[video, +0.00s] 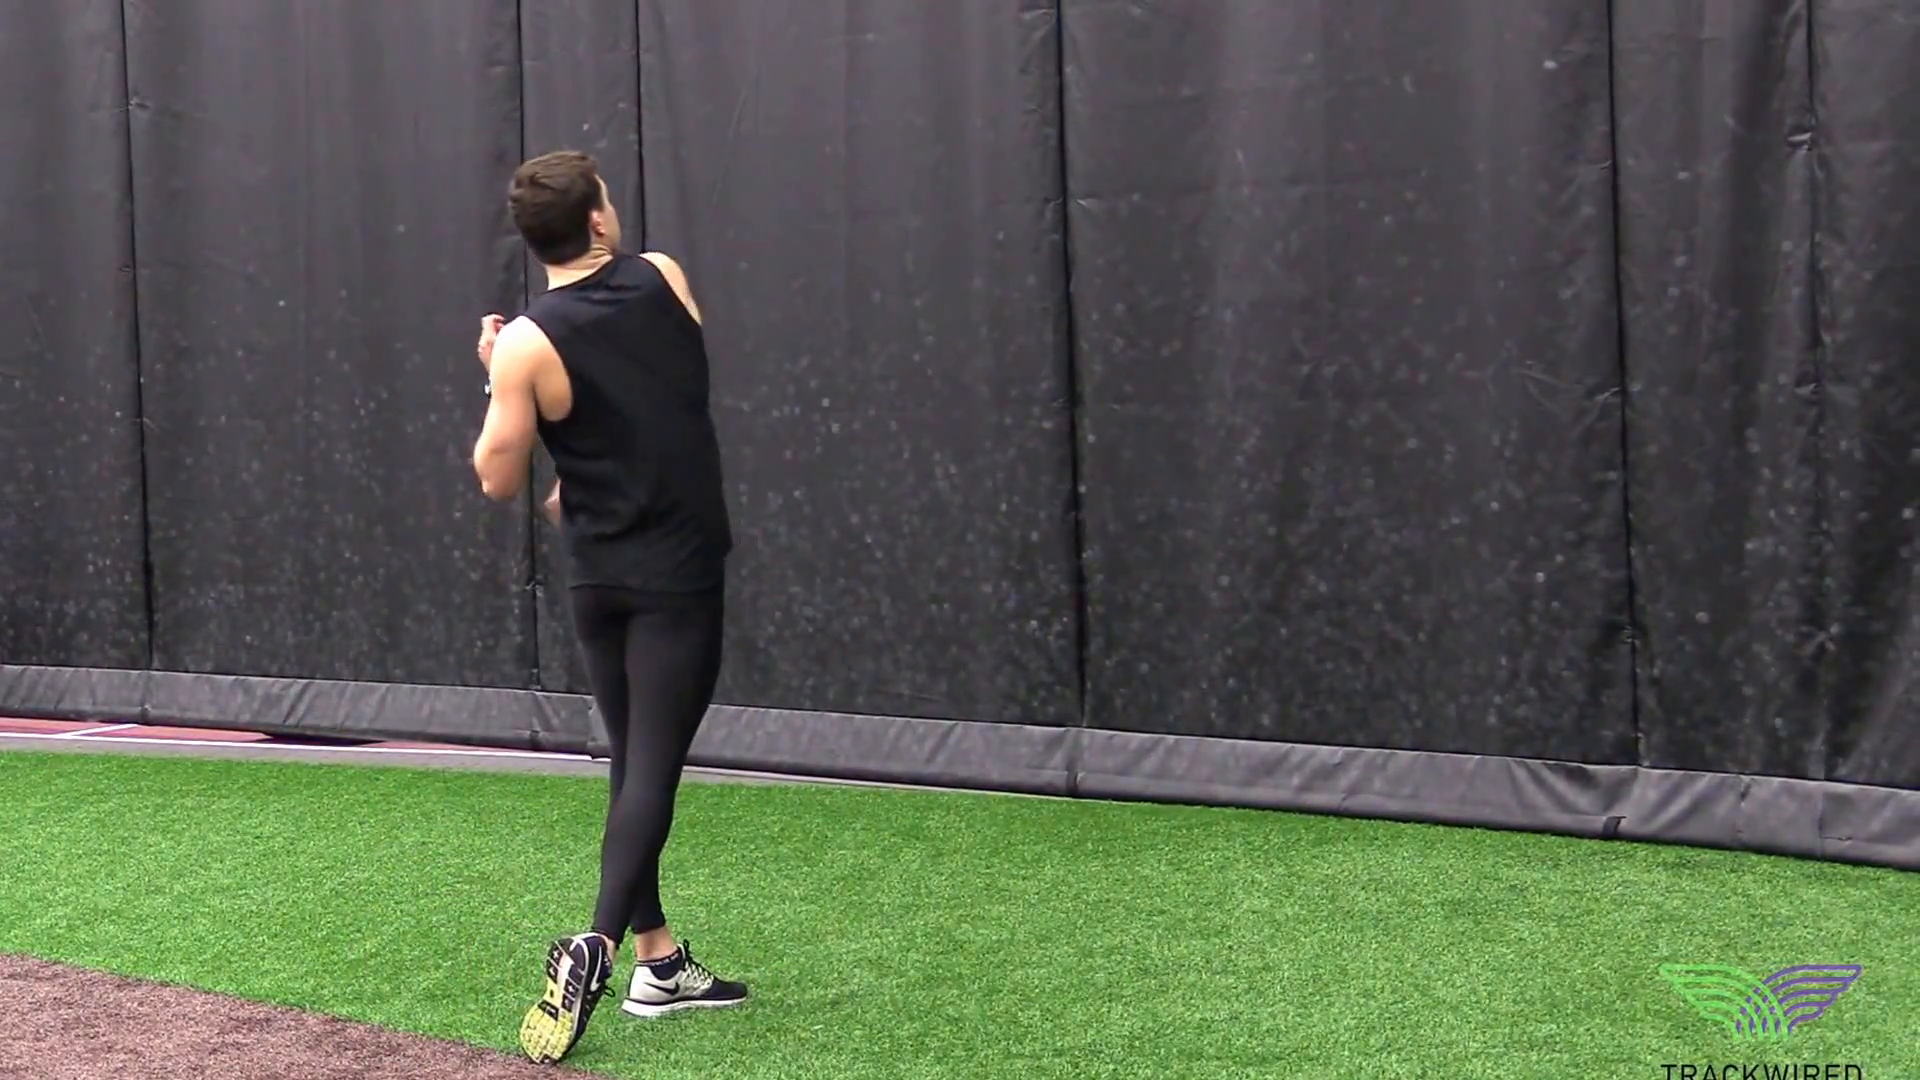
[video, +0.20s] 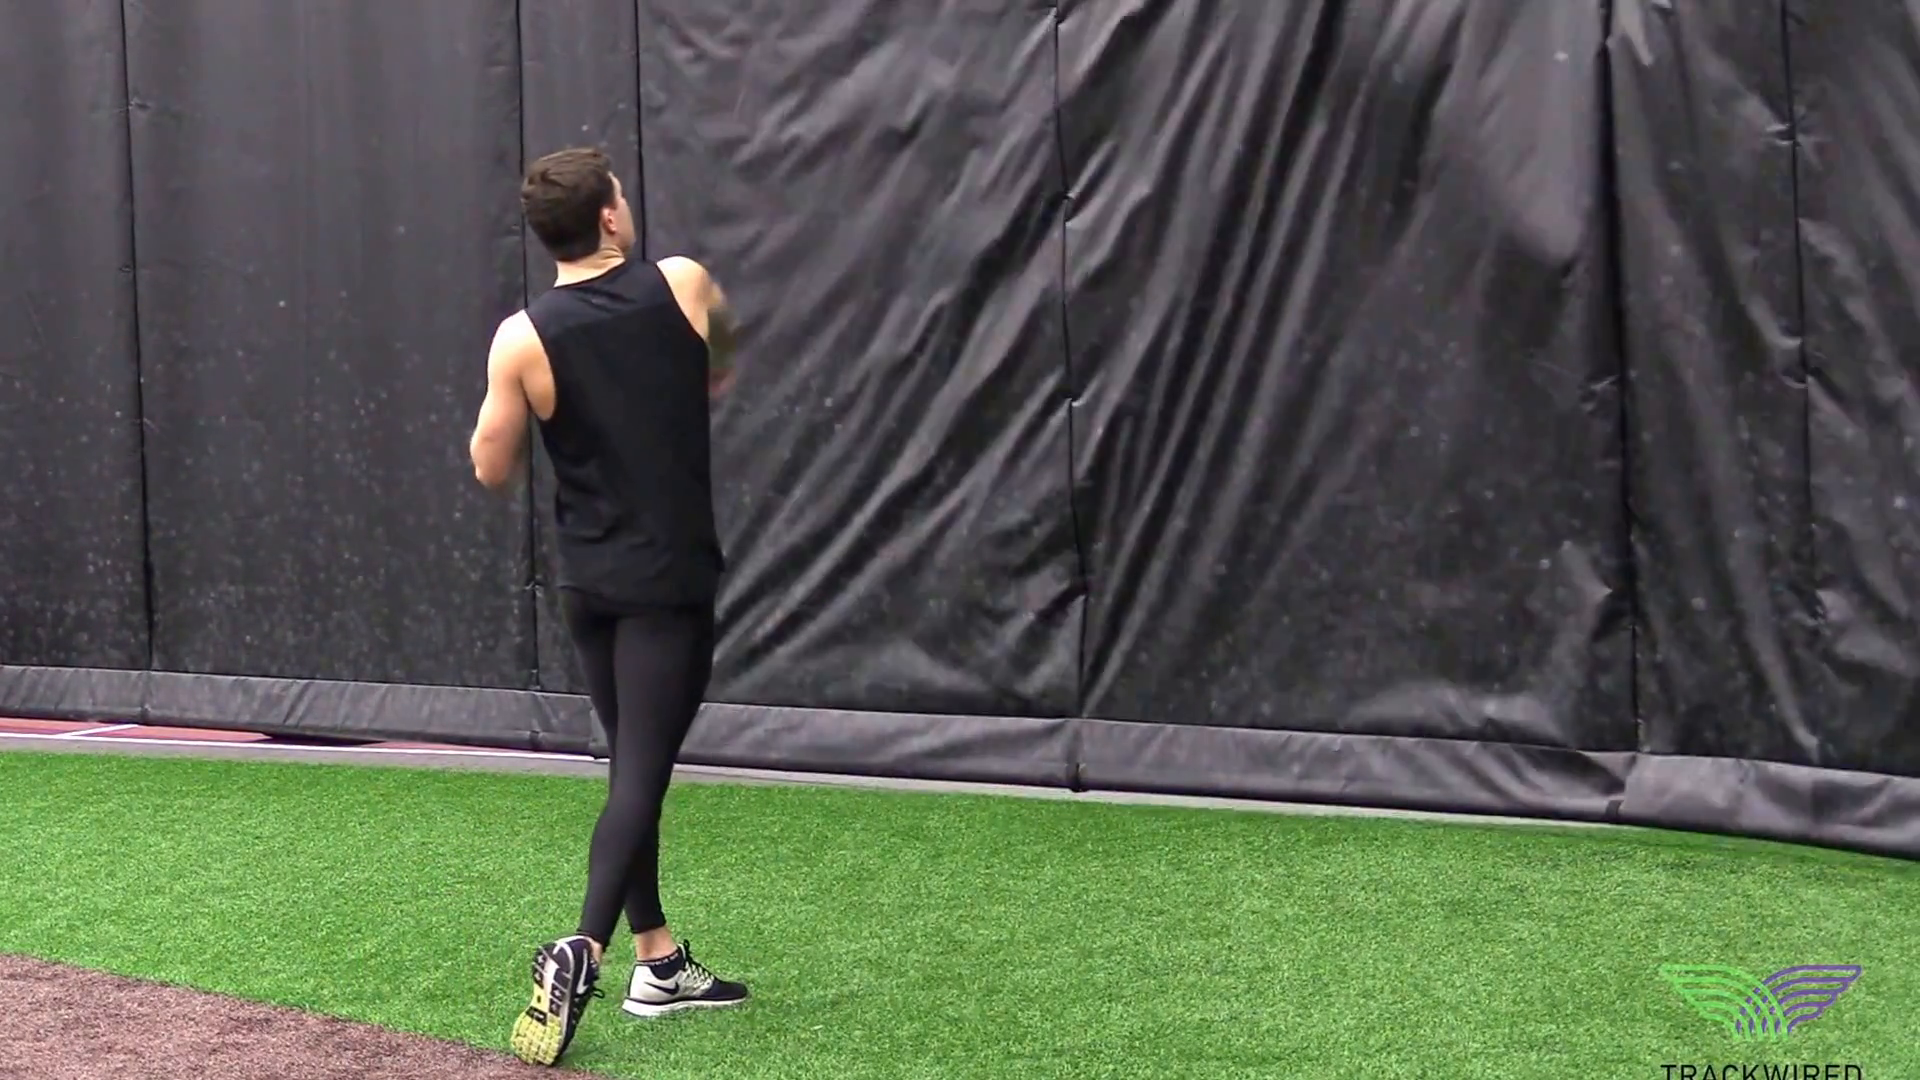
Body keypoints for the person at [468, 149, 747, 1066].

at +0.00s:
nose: (614, 202)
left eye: (602, 195)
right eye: (608, 196)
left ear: (530, 241)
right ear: (598, 221)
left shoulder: (527, 343)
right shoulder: (661, 276)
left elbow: (497, 479)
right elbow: (677, 372)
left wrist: (498, 371)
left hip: (595, 571)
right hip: (682, 565)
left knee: (630, 766)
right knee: (652, 769)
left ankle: (659, 962)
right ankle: (596, 947)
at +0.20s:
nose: (628, 201)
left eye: (616, 193)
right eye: (622, 194)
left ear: (544, 236)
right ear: (610, 217)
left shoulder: (521, 338)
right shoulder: (683, 284)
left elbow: (492, 468)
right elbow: (719, 365)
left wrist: (524, 398)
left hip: (587, 573)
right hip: (673, 569)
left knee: (630, 768)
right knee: (641, 771)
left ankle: (658, 961)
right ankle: (582, 951)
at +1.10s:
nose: (650, 217)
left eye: (644, 203)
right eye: (643, 206)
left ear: (564, 224)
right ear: (621, 220)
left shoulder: (517, 324)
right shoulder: (667, 296)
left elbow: (512, 438)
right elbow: (811, 276)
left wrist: (561, 373)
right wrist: (927, 252)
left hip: (573, 576)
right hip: (650, 574)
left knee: (622, 767)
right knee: (627, 771)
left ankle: (654, 963)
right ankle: (560, 953)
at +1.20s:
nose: (653, 226)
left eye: (648, 211)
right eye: (647, 213)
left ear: (567, 223)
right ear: (623, 220)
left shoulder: (515, 327)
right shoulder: (664, 296)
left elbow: (513, 441)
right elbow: (811, 274)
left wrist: (561, 370)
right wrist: (926, 248)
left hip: (575, 579)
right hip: (651, 576)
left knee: (622, 769)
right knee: (629, 774)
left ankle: (654, 963)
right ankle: (564, 953)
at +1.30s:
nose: (654, 230)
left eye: (649, 214)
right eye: (648, 216)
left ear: (570, 223)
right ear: (620, 220)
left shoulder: (515, 327)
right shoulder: (662, 295)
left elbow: (514, 443)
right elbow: (807, 271)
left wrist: (562, 374)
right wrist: (924, 241)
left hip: (574, 579)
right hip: (650, 575)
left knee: (622, 770)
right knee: (631, 774)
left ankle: (653, 963)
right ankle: (567, 954)